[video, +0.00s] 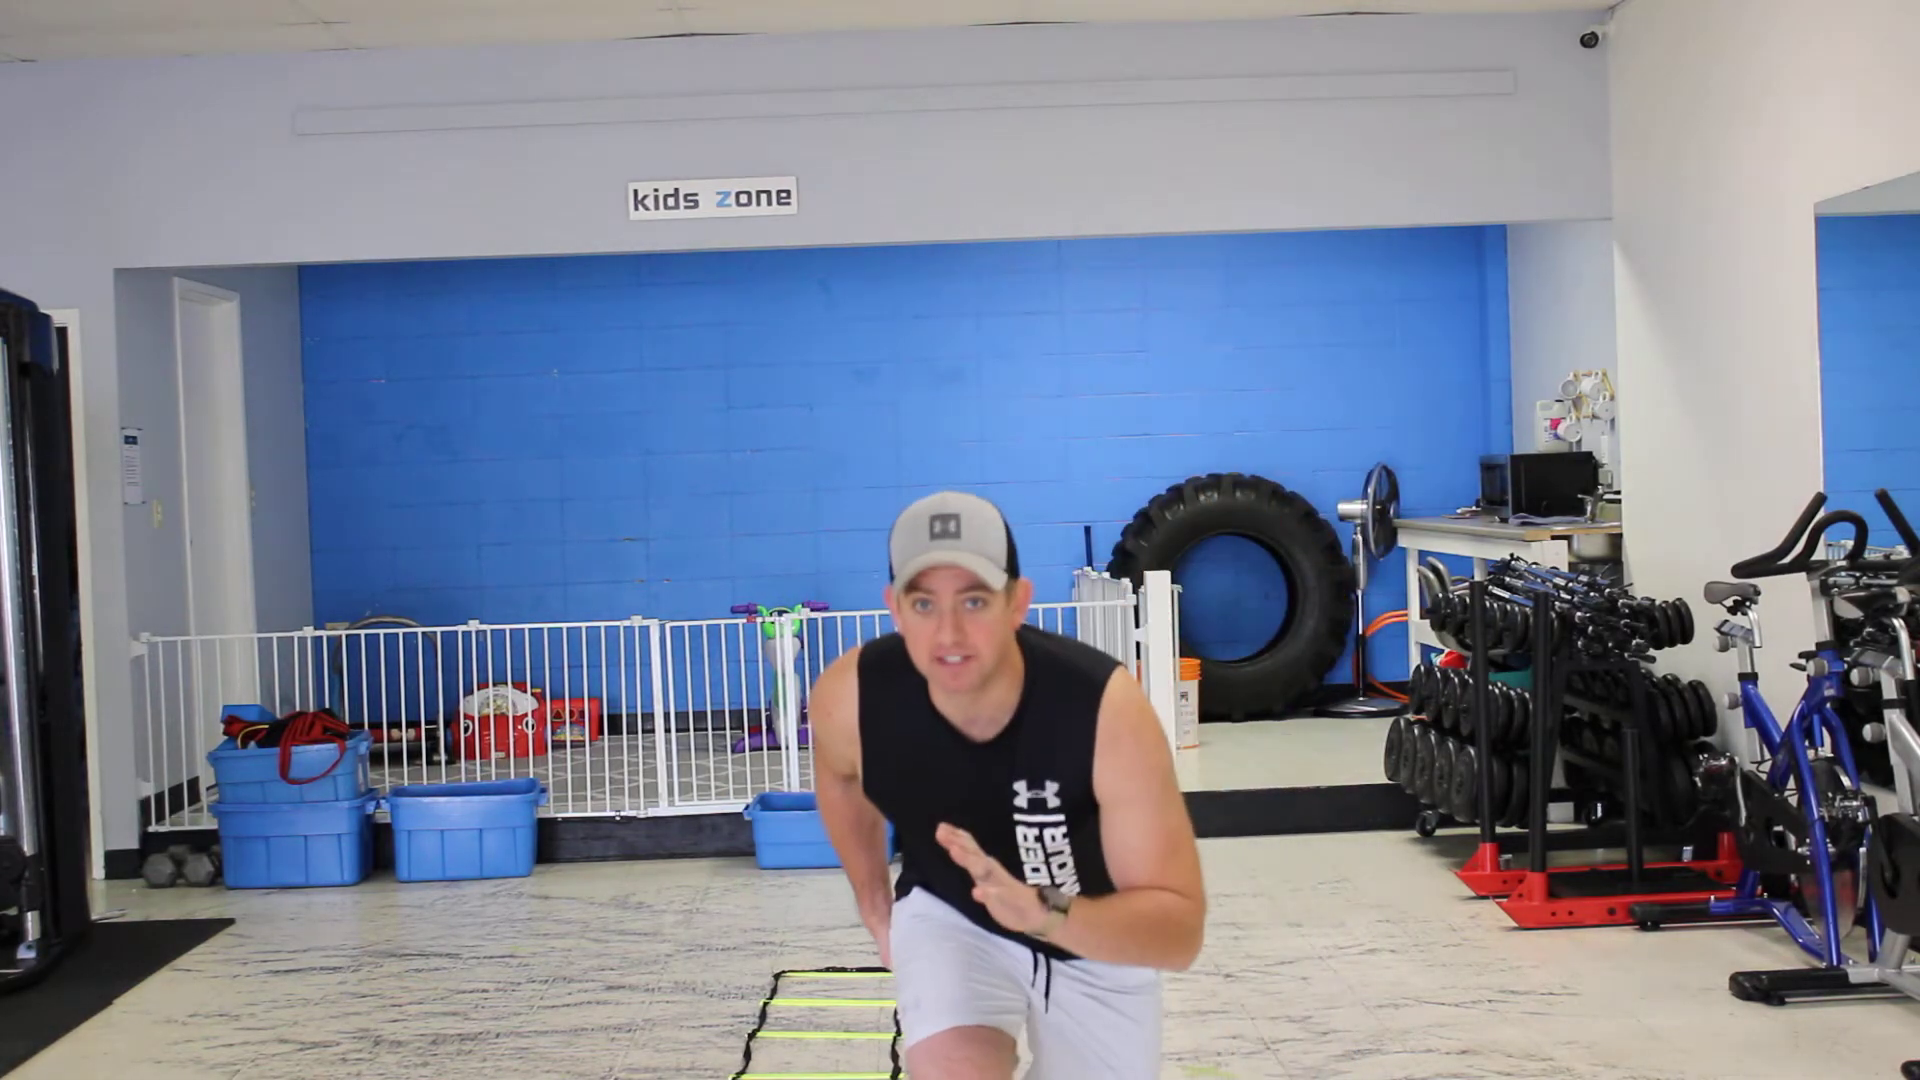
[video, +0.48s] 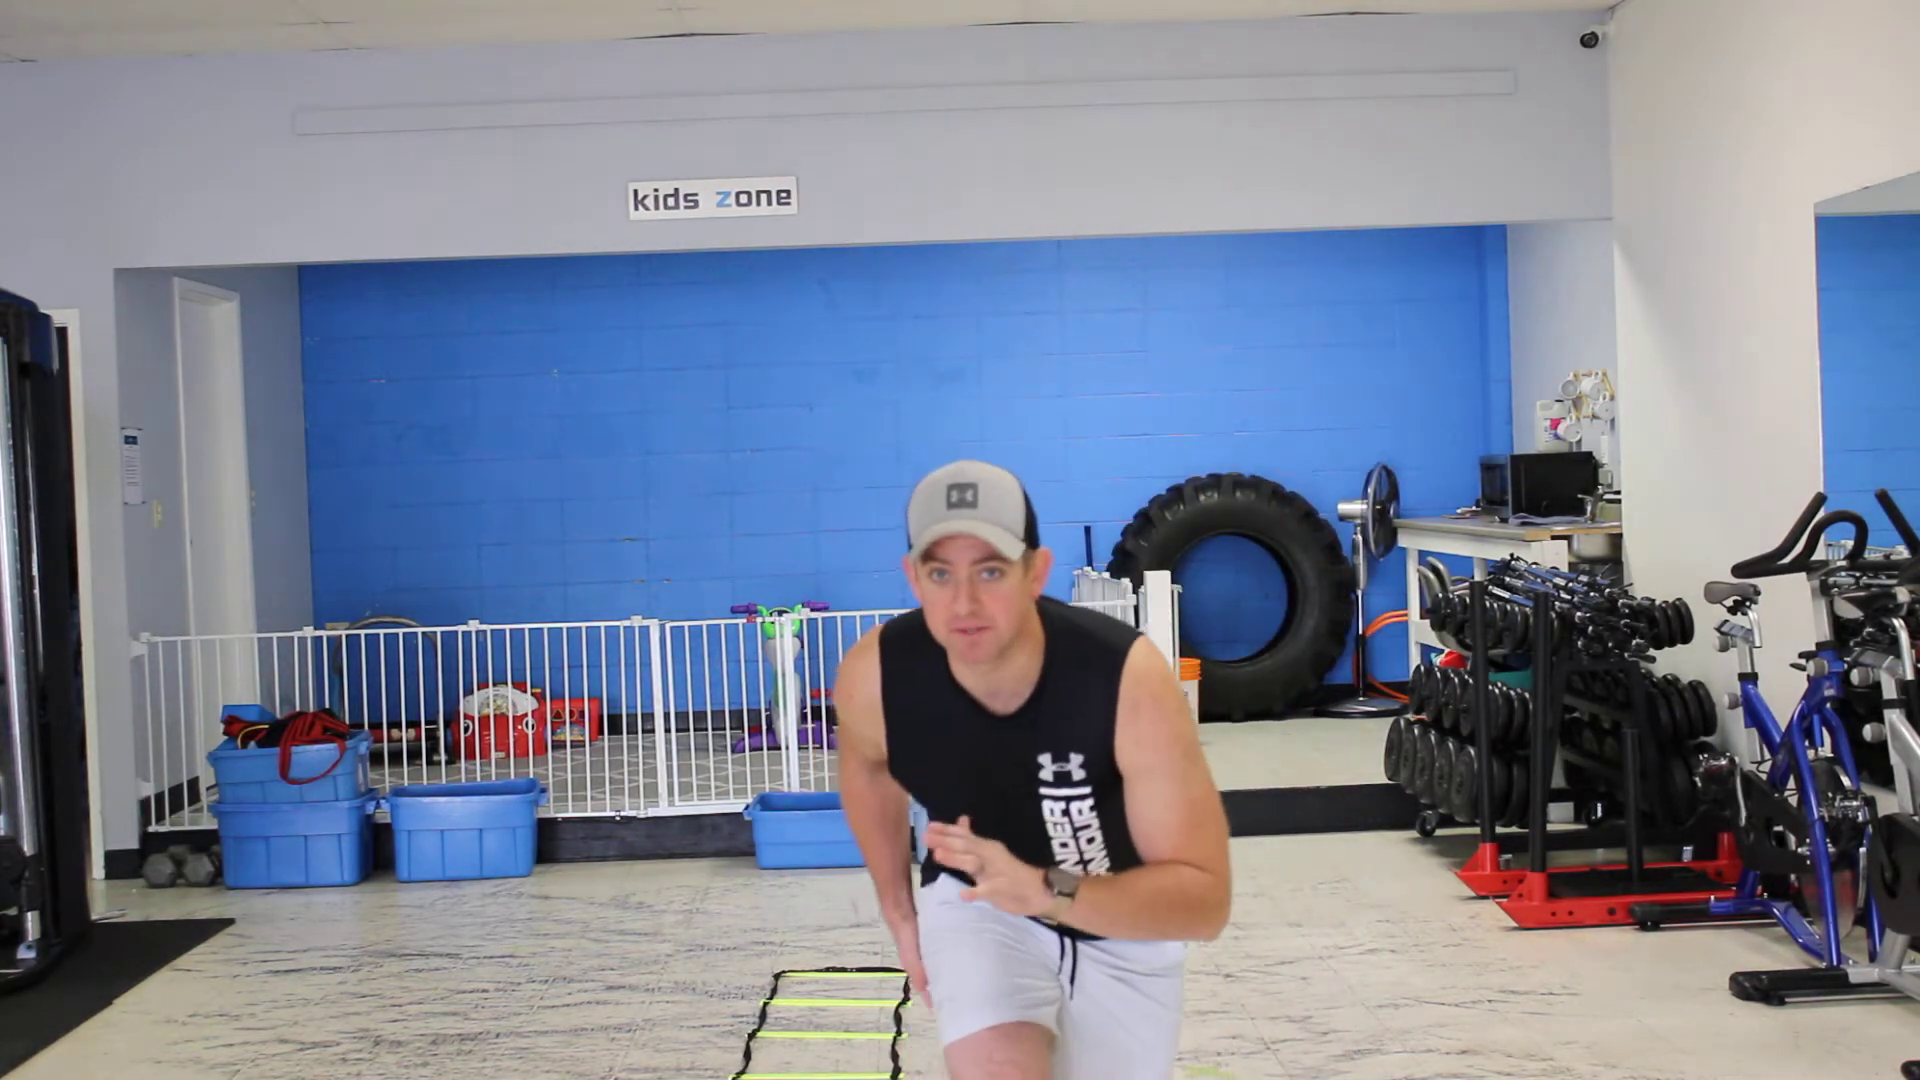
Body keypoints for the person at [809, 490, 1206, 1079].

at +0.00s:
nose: (948, 632)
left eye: (974, 603)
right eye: (924, 604)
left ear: (1018, 604)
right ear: (895, 608)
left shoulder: (1106, 705)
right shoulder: (849, 700)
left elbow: (1178, 928)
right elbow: (842, 781)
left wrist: (1050, 914)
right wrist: (877, 910)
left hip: (1106, 947)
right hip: (949, 919)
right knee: (956, 1067)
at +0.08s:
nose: (948, 622)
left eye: (975, 592)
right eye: (925, 593)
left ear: (1018, 593)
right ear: (896, 598)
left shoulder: (1108, 694)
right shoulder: (851, 689)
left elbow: (1178, 916)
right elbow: (843, 771)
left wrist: (1050, 902)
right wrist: (880, 904)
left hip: (1110, 944)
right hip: (952, 915)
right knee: (955, 1067)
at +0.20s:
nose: (950, 602)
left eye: (976, 571)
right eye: (926, 572)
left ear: (1018, 572)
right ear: (897, 579)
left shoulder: (1110, 673)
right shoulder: (852, 674)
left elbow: (1183, 896)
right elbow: (848, 755)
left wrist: (1052, 872)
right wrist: (883, 895)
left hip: (1112, 931)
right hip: (959, 902)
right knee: (957, 1066)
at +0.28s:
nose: (951, 600)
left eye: (976, 569)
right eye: (927, 571)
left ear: (1020, 570)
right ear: (898, 576)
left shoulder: (1114, 670)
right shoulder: (857, 672)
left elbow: (1189, 894)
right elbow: (853, 758)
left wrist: (1057, 867)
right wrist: (884, 900)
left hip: (1118, 930)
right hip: (965, 900)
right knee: (961, 1065)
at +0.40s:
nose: (958, 604)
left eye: (983, 574)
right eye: (934, 576)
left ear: (1029, 575)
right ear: (908, 581)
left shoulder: (1120, 676)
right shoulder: (869, 679)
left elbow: (1196, 901)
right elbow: (866, 774)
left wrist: (1055, 887)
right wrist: (897, 918)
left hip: (1127, 936)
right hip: (971, 909)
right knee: (984, 1067)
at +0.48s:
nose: (964, 602)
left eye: (990, 572)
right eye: (940, 573)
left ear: (1036, 573)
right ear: (914, 578)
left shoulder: (1127, 674)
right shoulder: (874, 677)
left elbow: (1203, 898)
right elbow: (868, 770)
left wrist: (1048, 890)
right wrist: (901, 914)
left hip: (1132, 925)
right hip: (977, 907)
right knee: (1000, 1066)